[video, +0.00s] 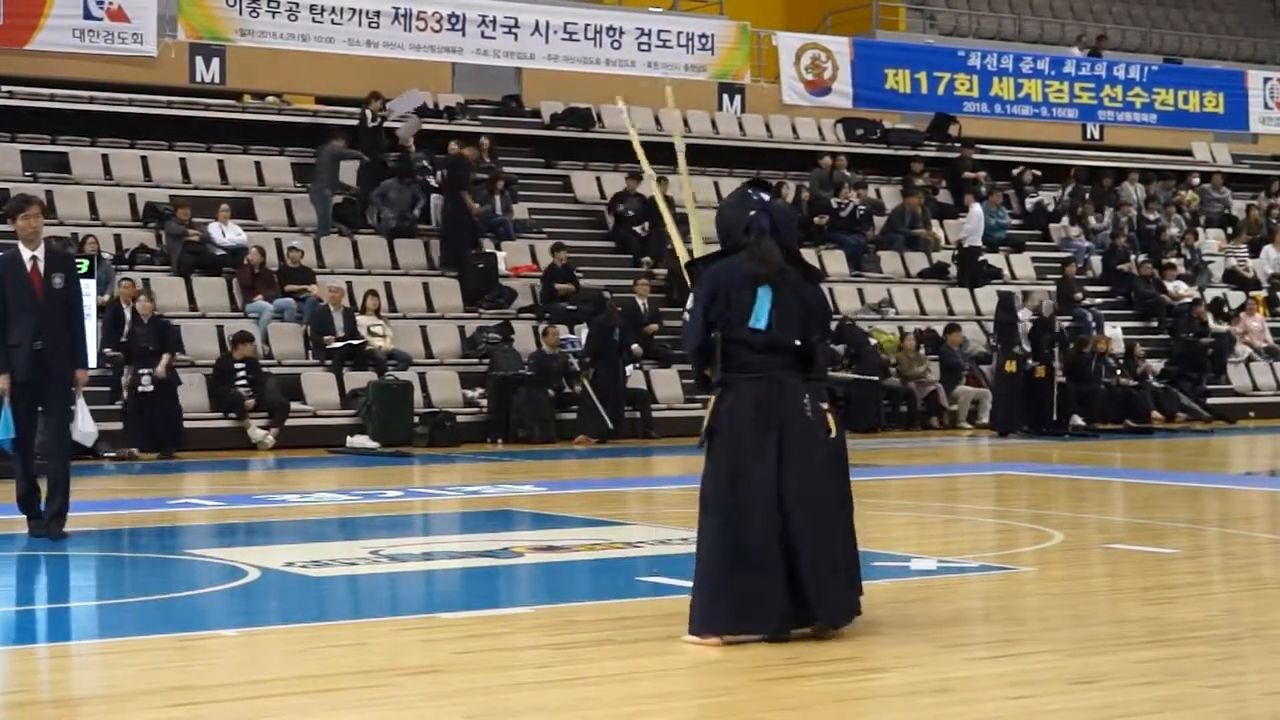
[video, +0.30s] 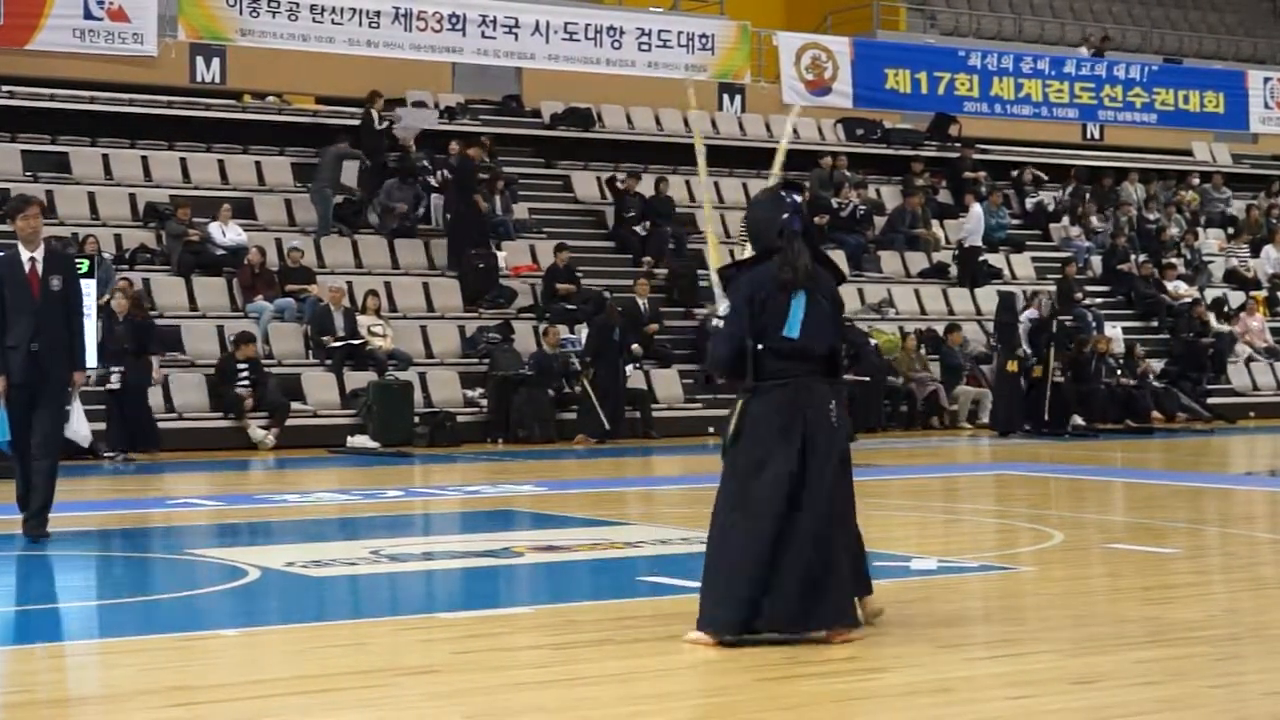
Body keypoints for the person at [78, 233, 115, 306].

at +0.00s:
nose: (92, 246)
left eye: (94, 243)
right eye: (89, 243)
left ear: (98, 245)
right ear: (83, 246)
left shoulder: (105, 264)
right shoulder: (78, 263)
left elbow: (111, 280)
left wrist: (107, 295)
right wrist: (93, 298)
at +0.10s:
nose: (92, 246)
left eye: (94, 243)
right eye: (89, 243)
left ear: (98, 245)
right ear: (83, 246)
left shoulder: (105, 263)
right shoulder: (77, 263)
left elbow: (112, 279)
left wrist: (108, 294)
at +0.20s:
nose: (92, 246)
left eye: (94, 243)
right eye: (89, 243)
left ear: (98, 245)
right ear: (83, 246)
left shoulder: (104, 263)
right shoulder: (77, 263)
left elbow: (111, 279)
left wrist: (108, 294)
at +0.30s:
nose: (92, 246)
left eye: (94, 243)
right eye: (89, 243)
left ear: (98, 245)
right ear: (83, 246)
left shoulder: (105, 263)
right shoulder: (77, 263)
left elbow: (112, 280)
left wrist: (106, 296)